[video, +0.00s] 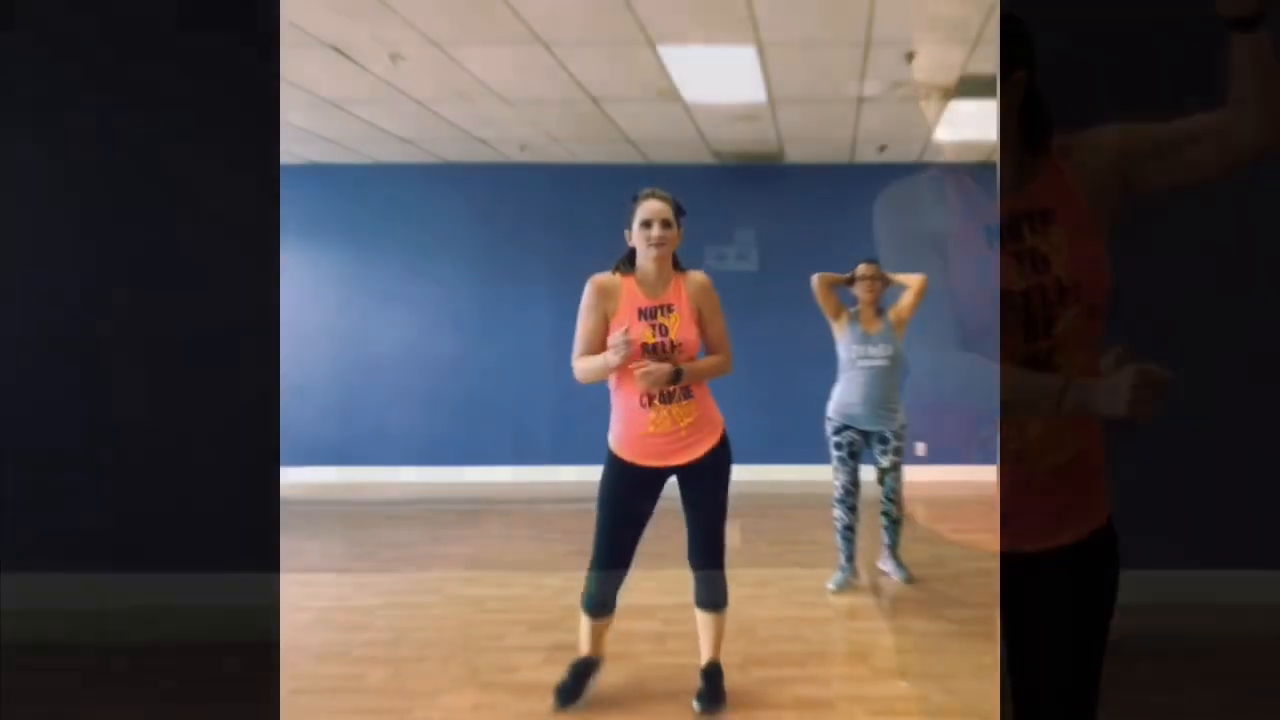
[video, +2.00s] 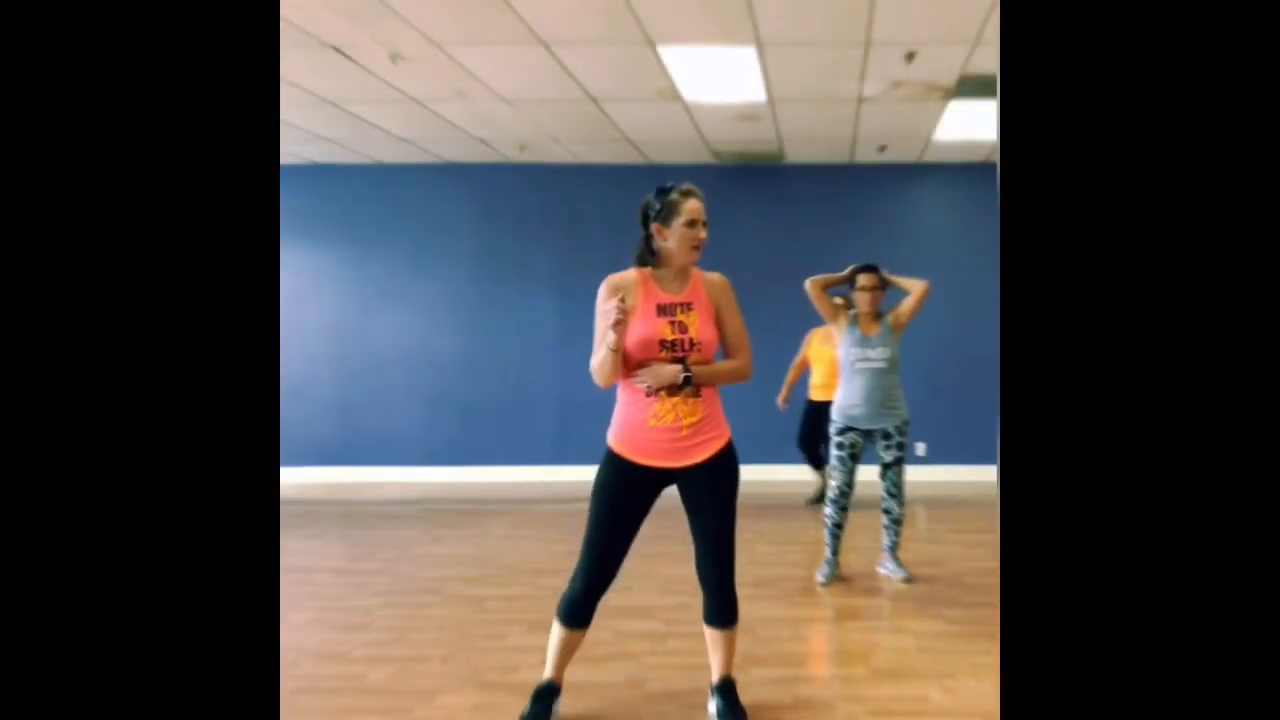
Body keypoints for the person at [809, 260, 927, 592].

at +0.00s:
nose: (869, 285)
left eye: (874, 280)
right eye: (863, 280)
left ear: (883, 287)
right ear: (854, 288)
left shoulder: (895, 321)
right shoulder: (842, 319)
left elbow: (920, 282)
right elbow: (818, 281)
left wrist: (889, 277)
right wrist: (848, 279)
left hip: (887, 419)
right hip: (845, 418)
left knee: (892, 493)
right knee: (845, 493)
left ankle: (889, 556)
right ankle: (846, 565)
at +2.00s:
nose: (869, 295)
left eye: (875, 289)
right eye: (863, 289)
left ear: (883, 293)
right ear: (852, 294)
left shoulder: (892, 324)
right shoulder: (840, 321)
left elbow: (922, 288)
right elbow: (811, 285)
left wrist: (890, 279)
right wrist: (844, 277)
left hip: (889, 417)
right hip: (847, 417)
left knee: (893, 492)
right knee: (839, 490)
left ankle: (889, 557)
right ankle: (830, 560)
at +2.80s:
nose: (847, 290)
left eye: (853, 284)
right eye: (841, 284)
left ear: (862, 289)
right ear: (831, 289)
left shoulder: (872, 322)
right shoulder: (817, 319)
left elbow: (916, 317)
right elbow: (775, 309)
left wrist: (885, 287)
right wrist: (806, 283)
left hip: (865, 417)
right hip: (822, 418)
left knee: (886, 483)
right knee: (825, 490)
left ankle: (887, 554)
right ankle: (828, 560)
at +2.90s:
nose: (851, 288)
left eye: (857, 283)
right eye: (845, 283)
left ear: (866, 289)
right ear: (835, 289)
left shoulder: (878, 323)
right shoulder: (822, 322)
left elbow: (922, 337)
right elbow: (776, 331)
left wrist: (903, 299)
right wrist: (796, 294)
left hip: (870, 418)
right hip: (827, 418)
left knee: (890, 486)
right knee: (827, 491)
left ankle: (899, 554)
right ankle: (828, 560)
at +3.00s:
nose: (858, 288)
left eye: (864, 283)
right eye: (852, 282)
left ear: (873, 289)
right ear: (842, 289)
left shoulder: (885, 324)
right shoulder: (828, 324)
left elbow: (920, 358)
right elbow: (796, 357)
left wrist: (920, 327)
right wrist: (793, 324)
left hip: (877, 420)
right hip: (834, 419)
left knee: (894, 488)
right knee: (831, 491)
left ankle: (906, 557)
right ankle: (828, 560)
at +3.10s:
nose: (867, 288)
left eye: (873, 282)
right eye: (861, 282)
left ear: (882, 290)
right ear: (850, 290)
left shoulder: (895, 326)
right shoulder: (836, 327)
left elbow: (916, 365)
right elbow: (818, 370)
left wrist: (930, 364)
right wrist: (803, 366)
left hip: (888, 421)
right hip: (844, 421)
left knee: (900, 491)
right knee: (838, 491)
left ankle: (907, 558)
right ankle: (829, 560)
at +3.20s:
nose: (877, 288)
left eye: (883, 282)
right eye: (870, 282)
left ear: (892, 289)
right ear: (860, 290)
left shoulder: (904, 325)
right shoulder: (846, 328)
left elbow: (921, 366)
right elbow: (837, 372)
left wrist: (932, 390)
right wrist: (826, 399)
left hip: (899, 421)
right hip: (855, 421)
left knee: (907, 491)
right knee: (844, 490)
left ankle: (908, 558)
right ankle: (831, 559)